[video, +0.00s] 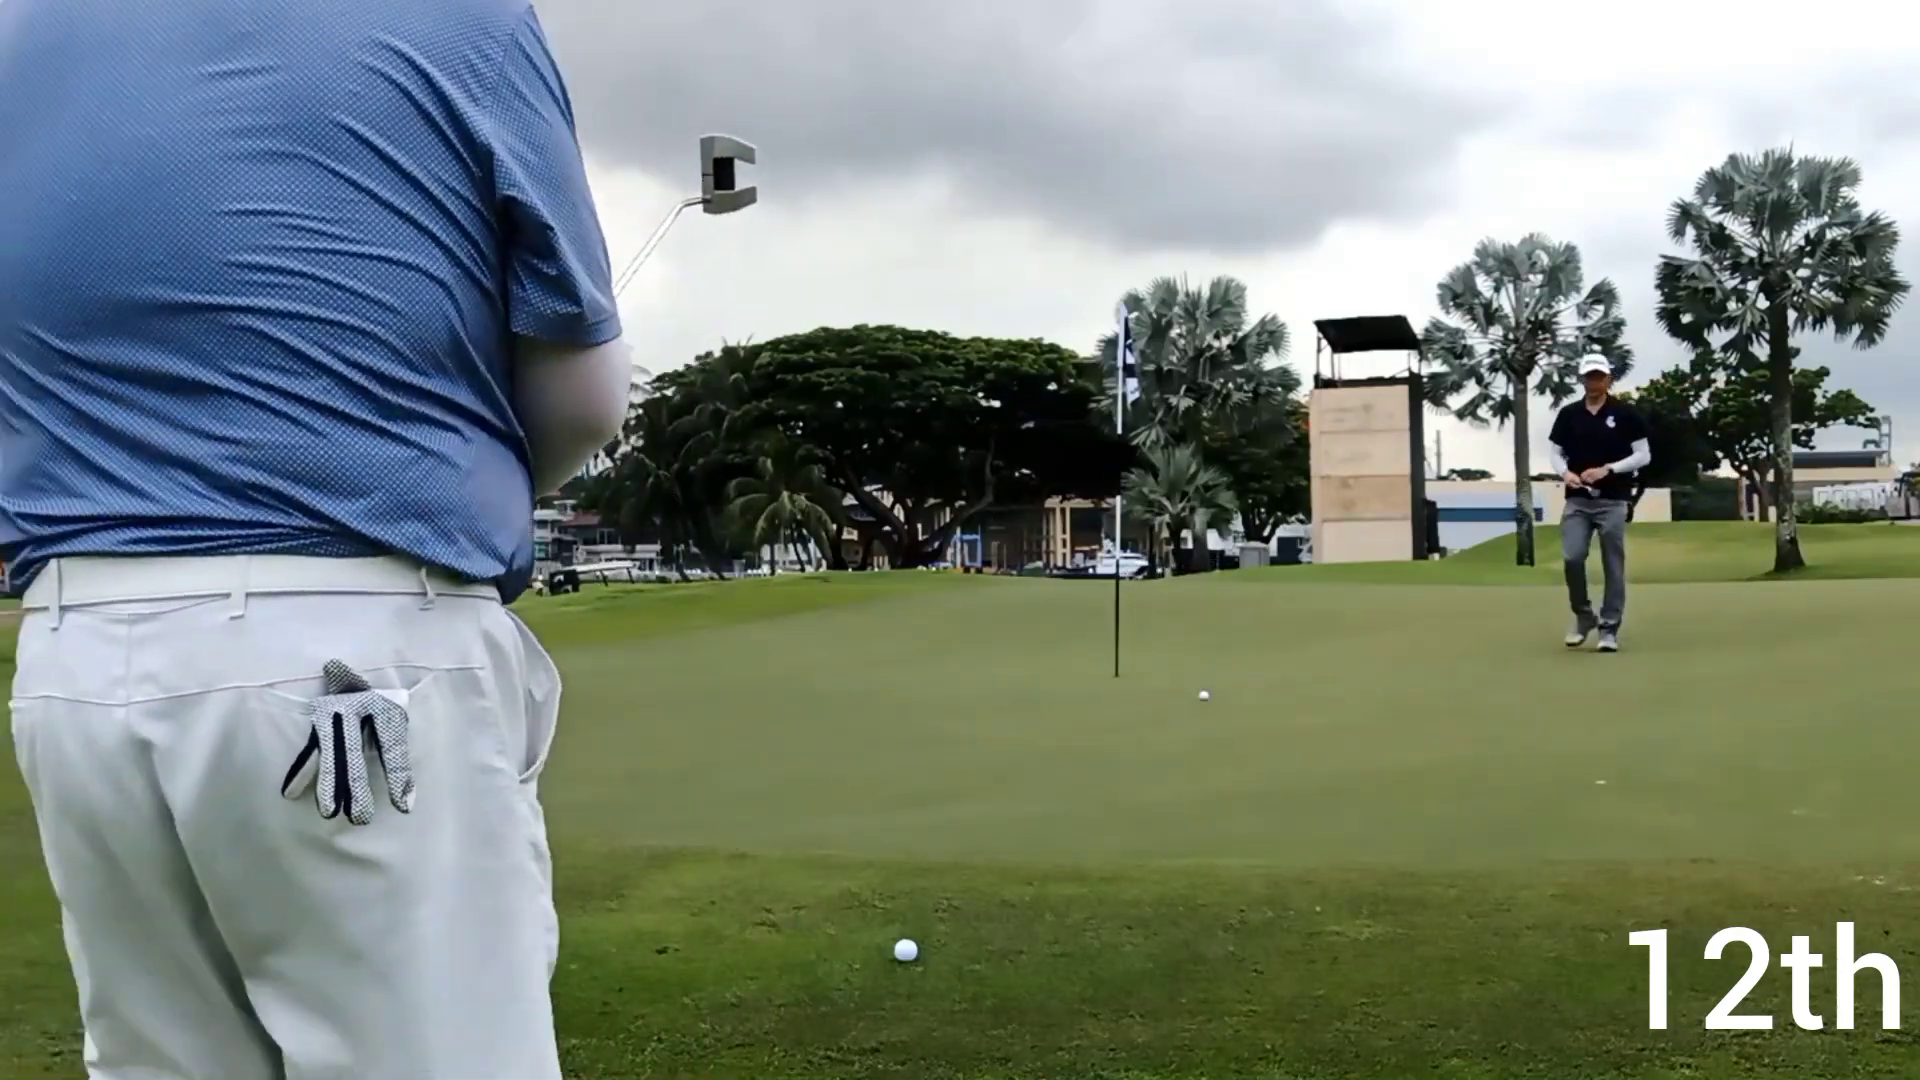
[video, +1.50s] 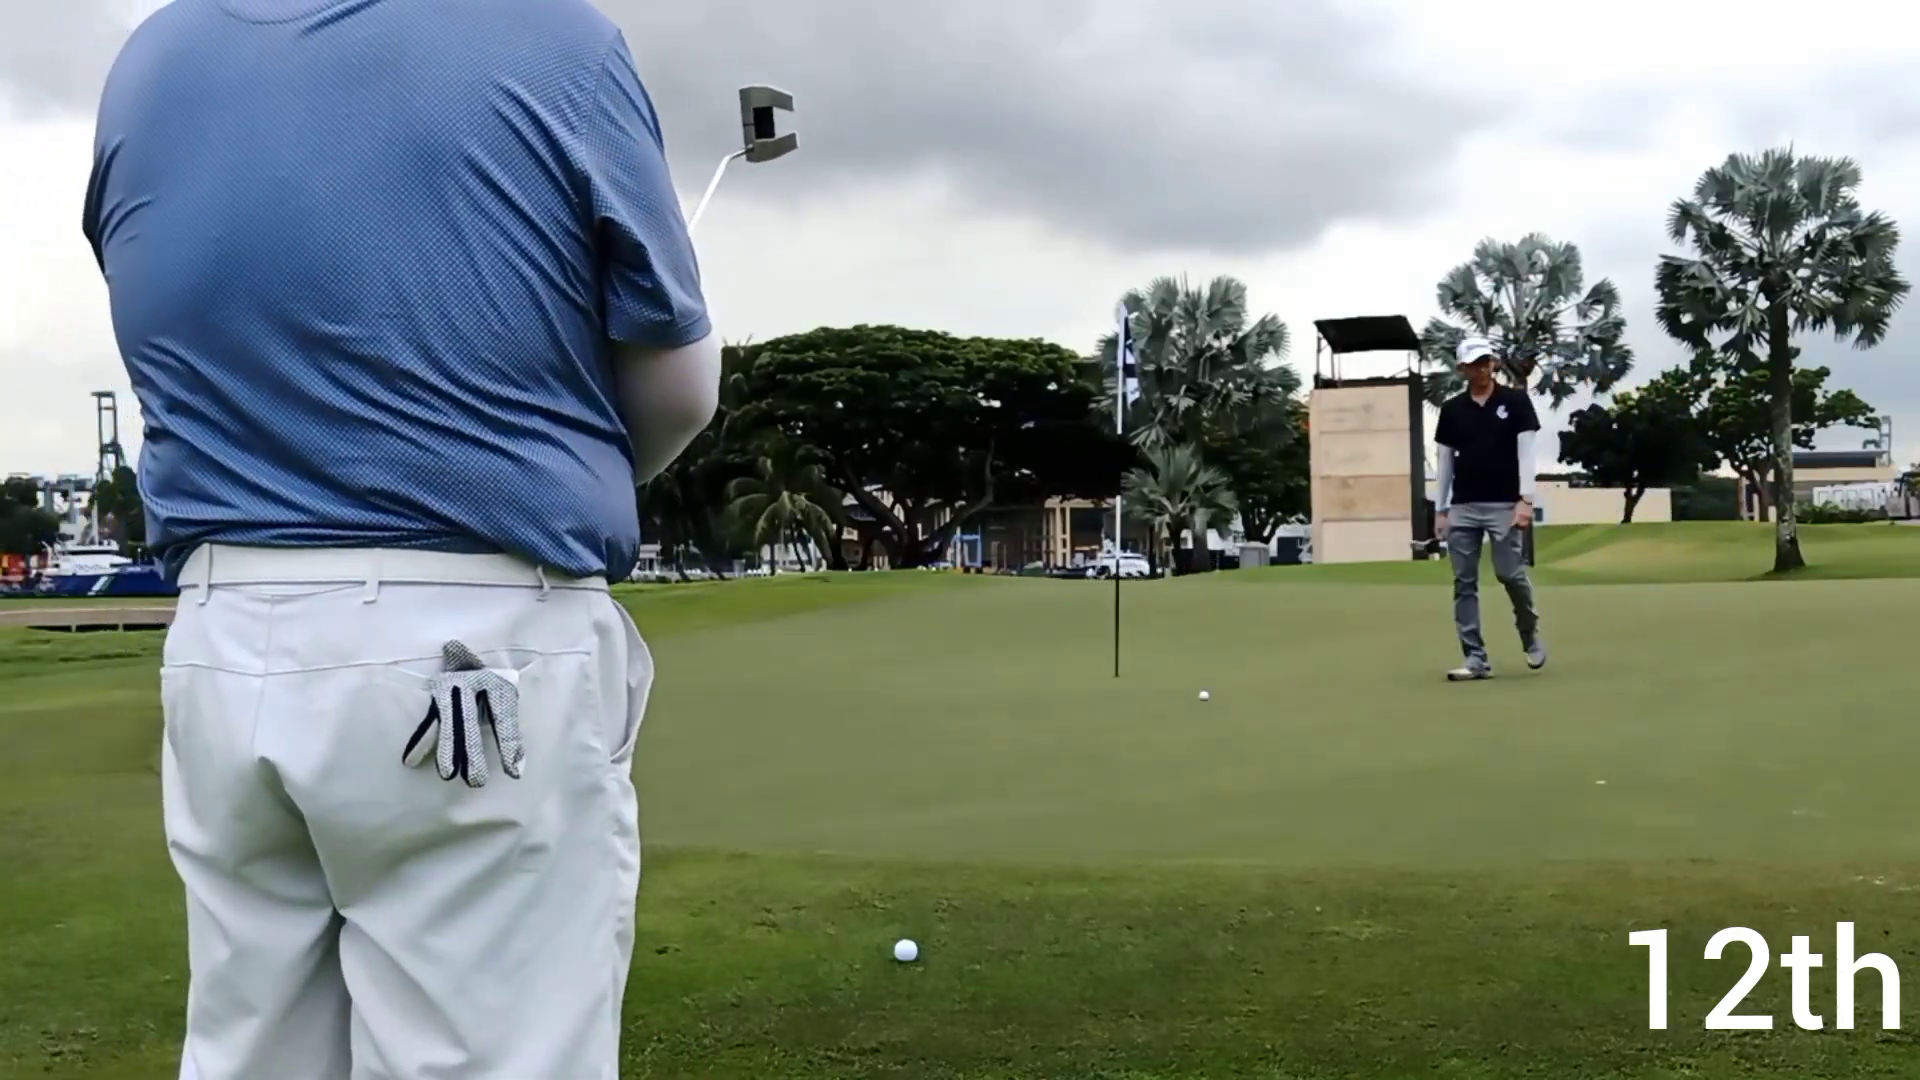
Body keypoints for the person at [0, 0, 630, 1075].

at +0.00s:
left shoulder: (27, 31)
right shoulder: (470, 23)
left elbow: (36, 353)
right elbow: (577, 392)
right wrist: (466, 487)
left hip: (78, 642)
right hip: (367, 636)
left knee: (158, 1062)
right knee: (435, 1060)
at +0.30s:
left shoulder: (80, 33)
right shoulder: (504, 24)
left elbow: (79, 313)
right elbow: (611, 382)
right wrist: (502, 459)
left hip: (149, 619)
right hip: (419, 616)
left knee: (197, 1060)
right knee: (463, 1054)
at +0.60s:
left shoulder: (96, 40)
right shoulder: (504, 27)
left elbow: (104, 319)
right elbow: (625, 375)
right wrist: (516, 462)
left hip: (177, 619)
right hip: (439, 618)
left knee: (213, 1063)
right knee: (467, 1058)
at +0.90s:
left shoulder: (120, 42)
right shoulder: (523, 30)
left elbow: (124, 320)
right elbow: (644, 378)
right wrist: (526, 475)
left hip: (197, 617)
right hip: (455, 619)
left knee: (225, 1060)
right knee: (476, 1059)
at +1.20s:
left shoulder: (139, 45)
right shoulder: (545, 33)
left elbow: (141, 320)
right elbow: (663, 384)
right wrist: (534, 484)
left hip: (213, 617)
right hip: (471, 620)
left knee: (236, 1060)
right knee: (488, 1060)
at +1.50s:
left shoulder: (156, 46)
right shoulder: (559, 34)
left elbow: (157, 321)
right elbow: (677, 386)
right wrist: (550, 486)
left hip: (229, 616)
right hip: (487, 621)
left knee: (246, 1059)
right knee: (497, 1059)